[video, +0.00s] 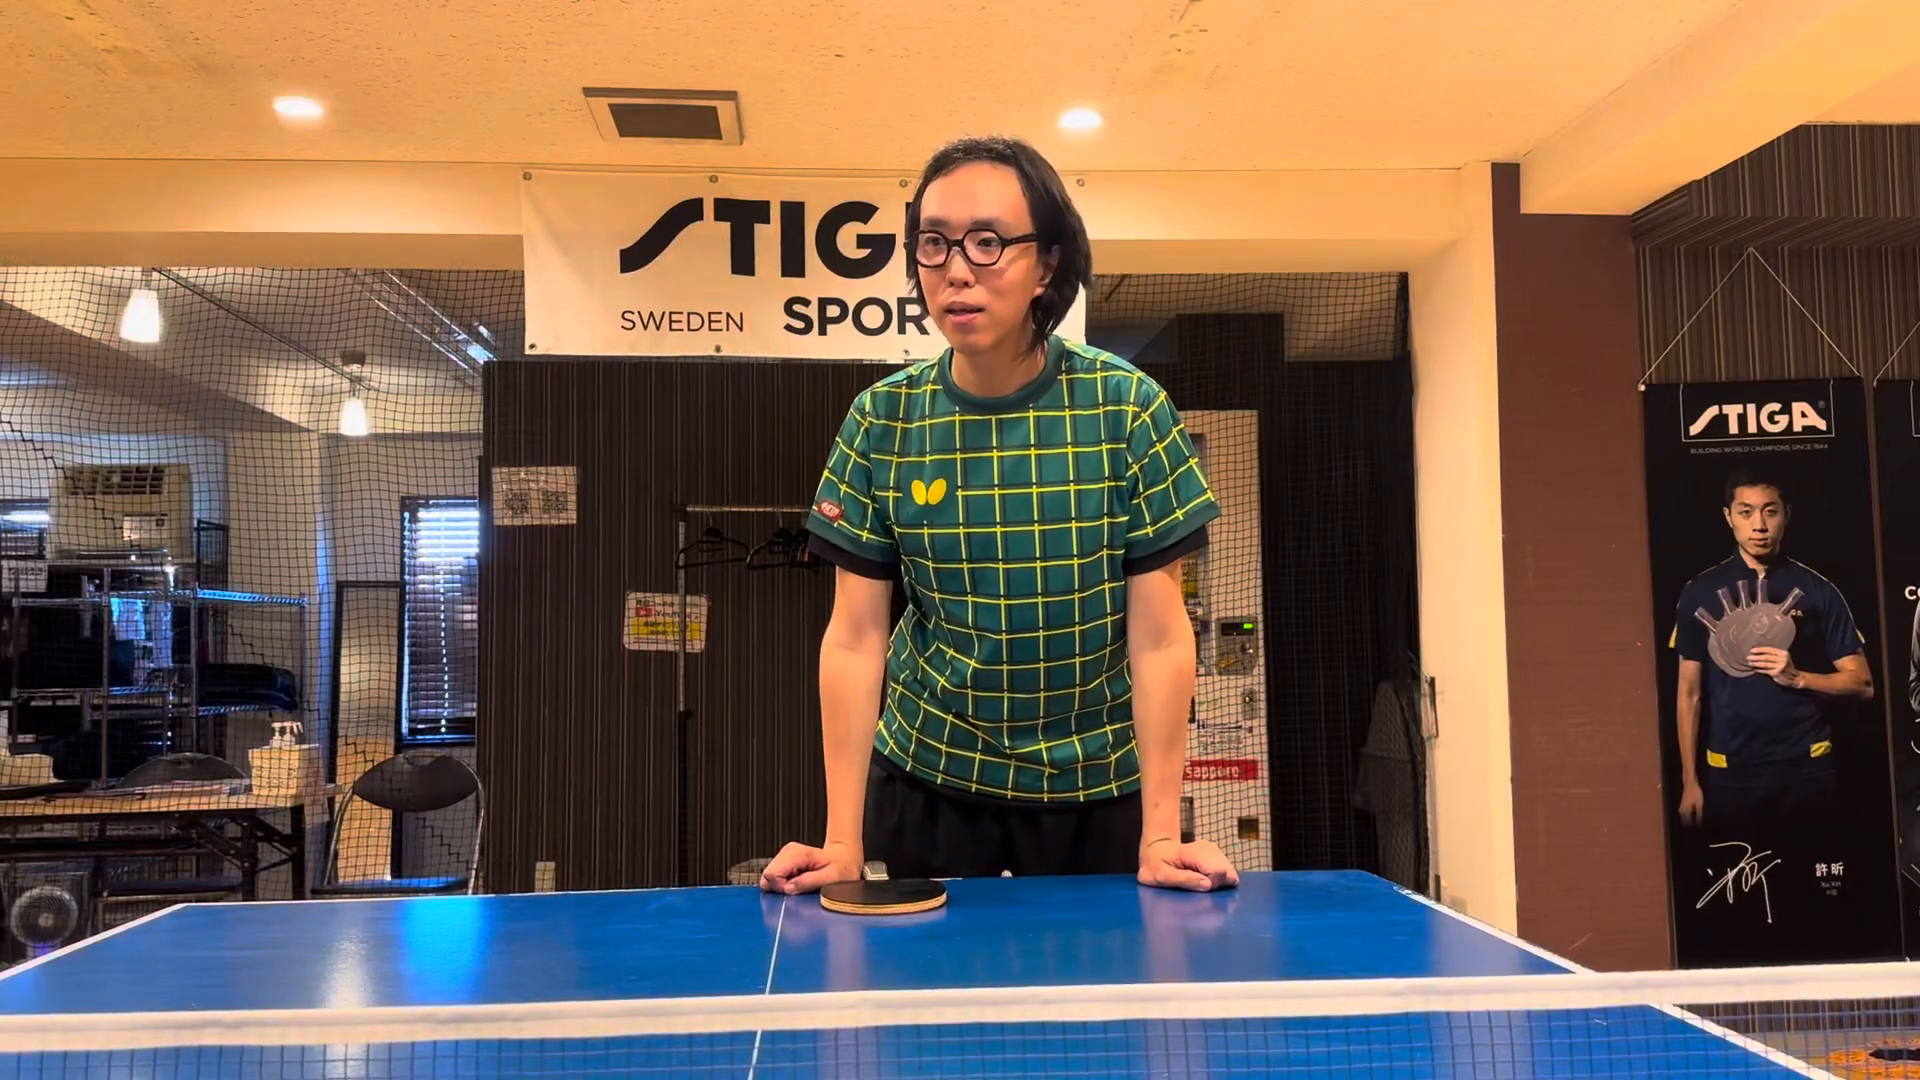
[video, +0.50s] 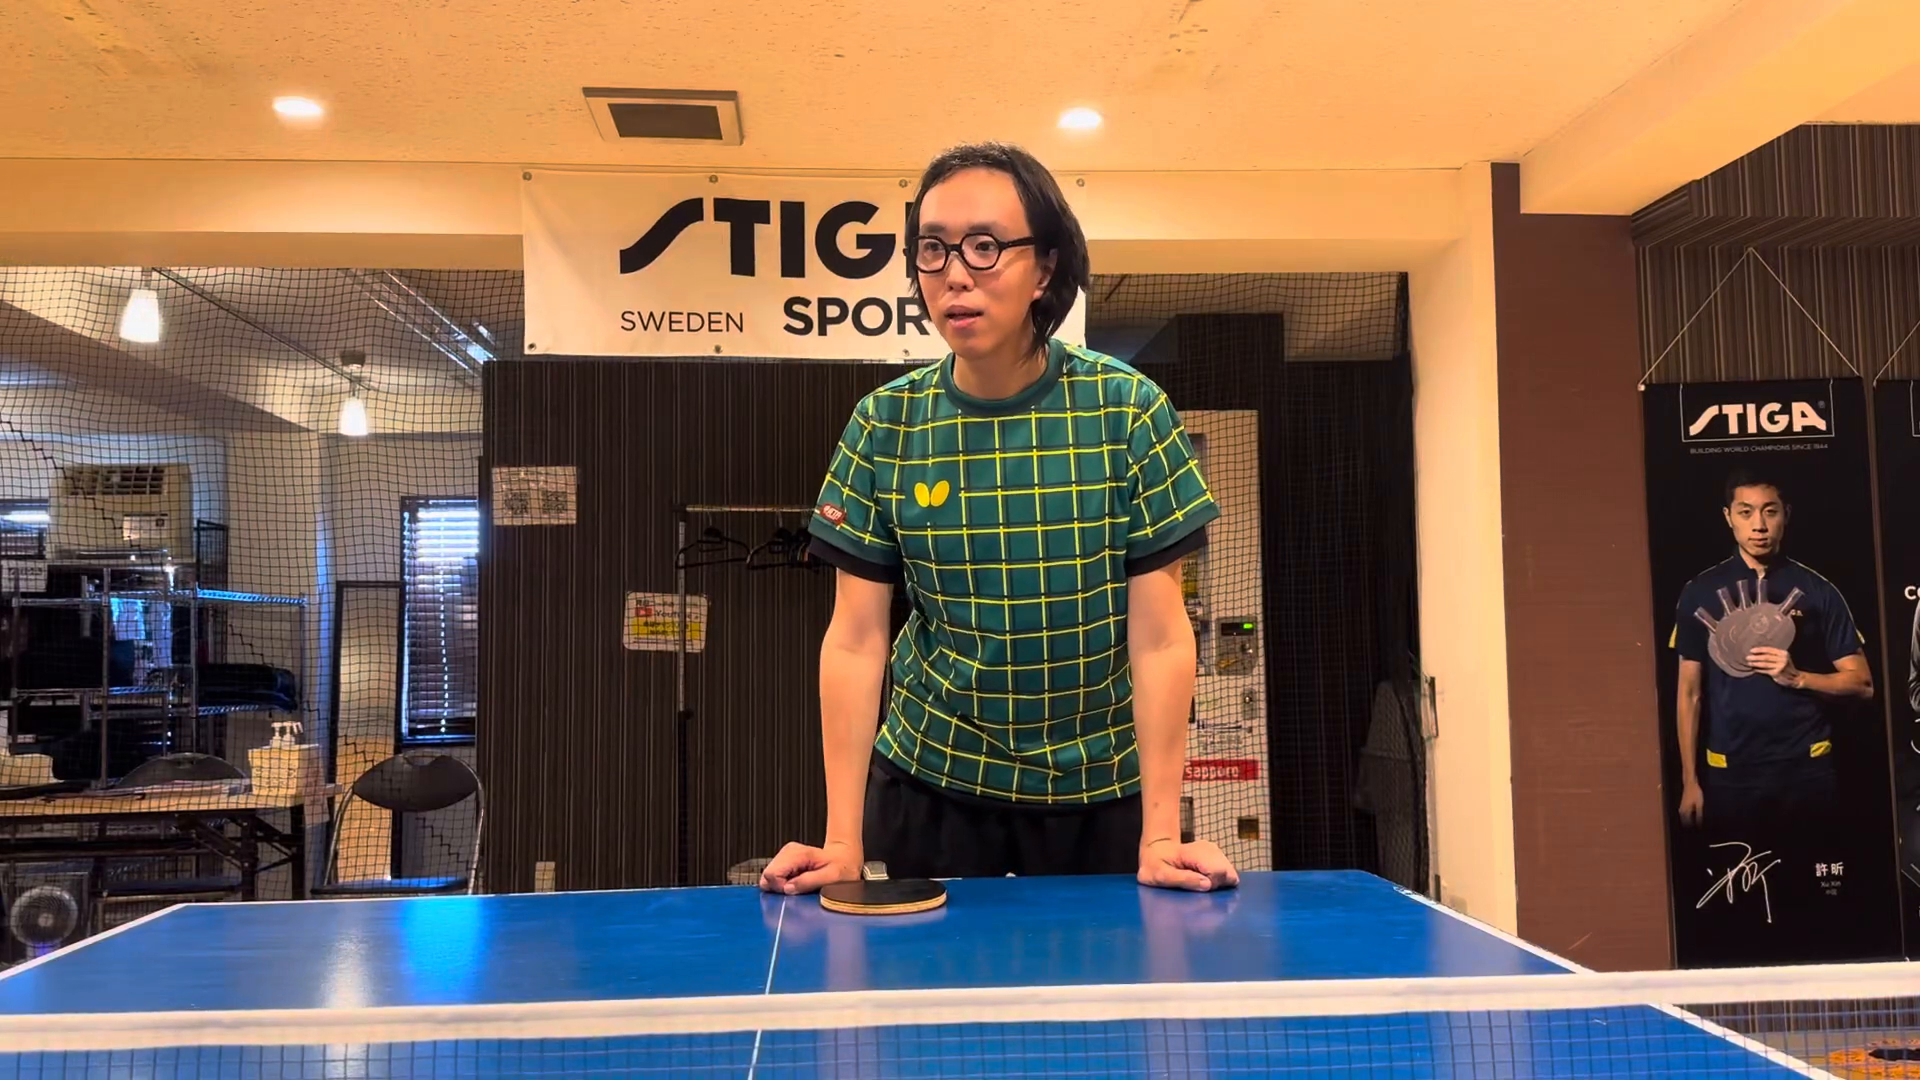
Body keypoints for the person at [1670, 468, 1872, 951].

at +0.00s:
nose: (1759, 524)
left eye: (1769, 511)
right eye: (1746, 512)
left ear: (1785, 517)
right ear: (1729, 518)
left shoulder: (1817, 593)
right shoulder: (1701, 594)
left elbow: (1860, 681)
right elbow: (1689, 692)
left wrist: (1797, 676)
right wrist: (1689, 778)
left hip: (1806, 770)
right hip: (1729, 773)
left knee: (1812, 901)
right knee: (1733, 902)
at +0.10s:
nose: (1759, 524)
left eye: (1769, 511)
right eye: (1746, 512)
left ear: (1785, 517)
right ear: (1729, 518)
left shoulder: (1818, 593)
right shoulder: (1701, 594)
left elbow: (1860, 682)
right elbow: (1689, 692)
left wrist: (1797, 676)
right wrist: (1689, 778)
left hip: (1806, 770)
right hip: (1729, 773)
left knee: (1812, 900)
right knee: (1733, 902)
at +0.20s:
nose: (1759, 524)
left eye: (1769, 511)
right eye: (1746, 512)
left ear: (1785, 517)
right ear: (1729, 518)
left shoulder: (1818, 593)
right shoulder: (1701, 594)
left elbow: (1860, 681)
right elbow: (1689, 692)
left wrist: (1797, 676)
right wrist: (1689, 778)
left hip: (1806, 771)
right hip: (1729, 773)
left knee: (1812, 900)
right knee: (1733, 901)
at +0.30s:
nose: (1759, 524)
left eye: (1769, 511)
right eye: (1746, 512)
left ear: (1785, 517)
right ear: (1729, 518)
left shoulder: (1818, 593)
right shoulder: (1701, 594)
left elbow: (1861, 681)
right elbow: (1689, 692)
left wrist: (1797, 676)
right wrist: (1689, 779)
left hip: (1806, 771)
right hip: (1729, 774)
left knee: (1811, 900)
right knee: (1733, 900)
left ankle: (1814, 1000)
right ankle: (1737, 1001)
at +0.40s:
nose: (1759, 524)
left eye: (1769, 511)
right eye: (1746, 512)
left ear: (1784, 517)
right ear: (1729, 519)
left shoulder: (1818, 593)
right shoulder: (1701, 594)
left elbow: (1860, 681)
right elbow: (1689, 692)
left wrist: (1797, 676)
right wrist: (1689, 778)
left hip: (1806, 771)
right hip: (1729, 774)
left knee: (1811, 901)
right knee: (1733, 901)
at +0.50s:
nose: (1759, 523)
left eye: (1769, 511)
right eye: (1746, 512)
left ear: (1785, 517)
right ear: (1729, 518)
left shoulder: (1817, 593)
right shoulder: (1701, 595)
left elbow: (1861, 682)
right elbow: (1689, 692)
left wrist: (1797, 677)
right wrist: (1689, 779)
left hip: (1806, 770)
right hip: (1729, 773)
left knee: (1811, 900)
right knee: (1734, 902)